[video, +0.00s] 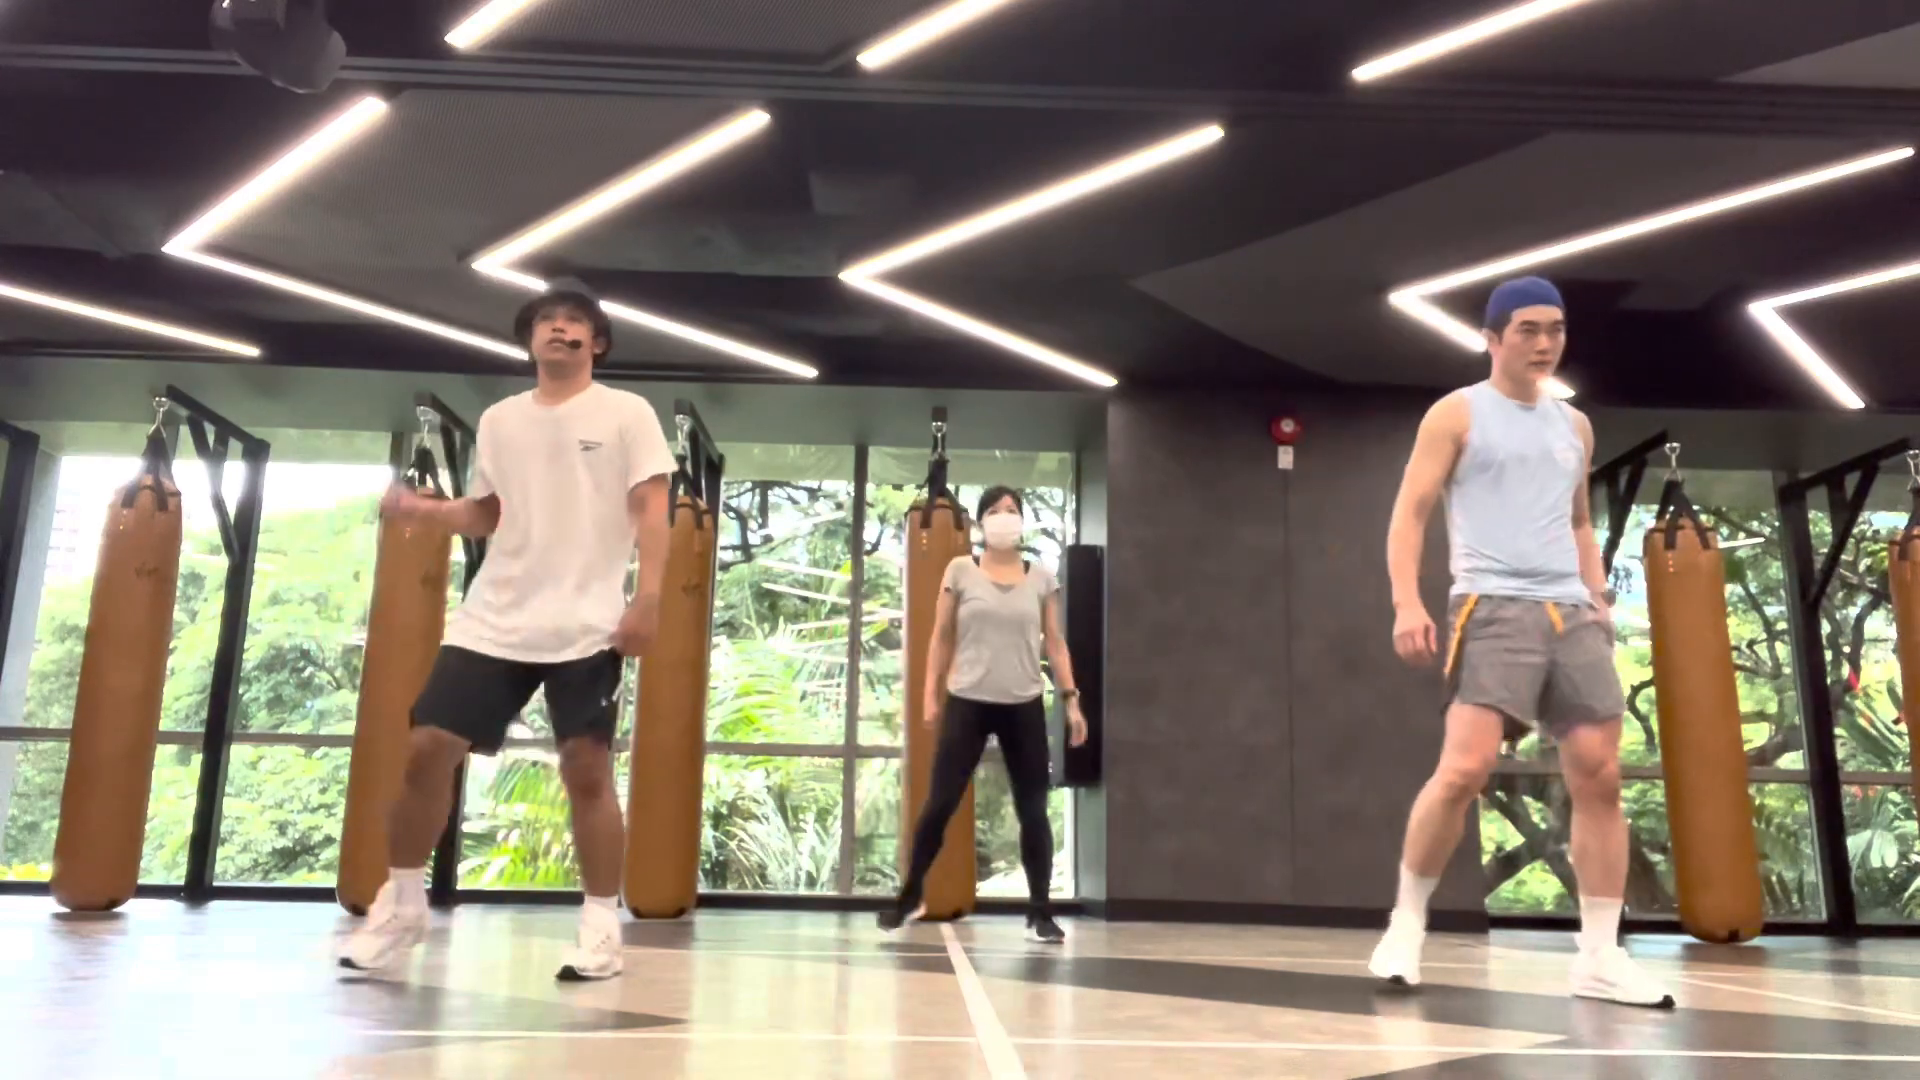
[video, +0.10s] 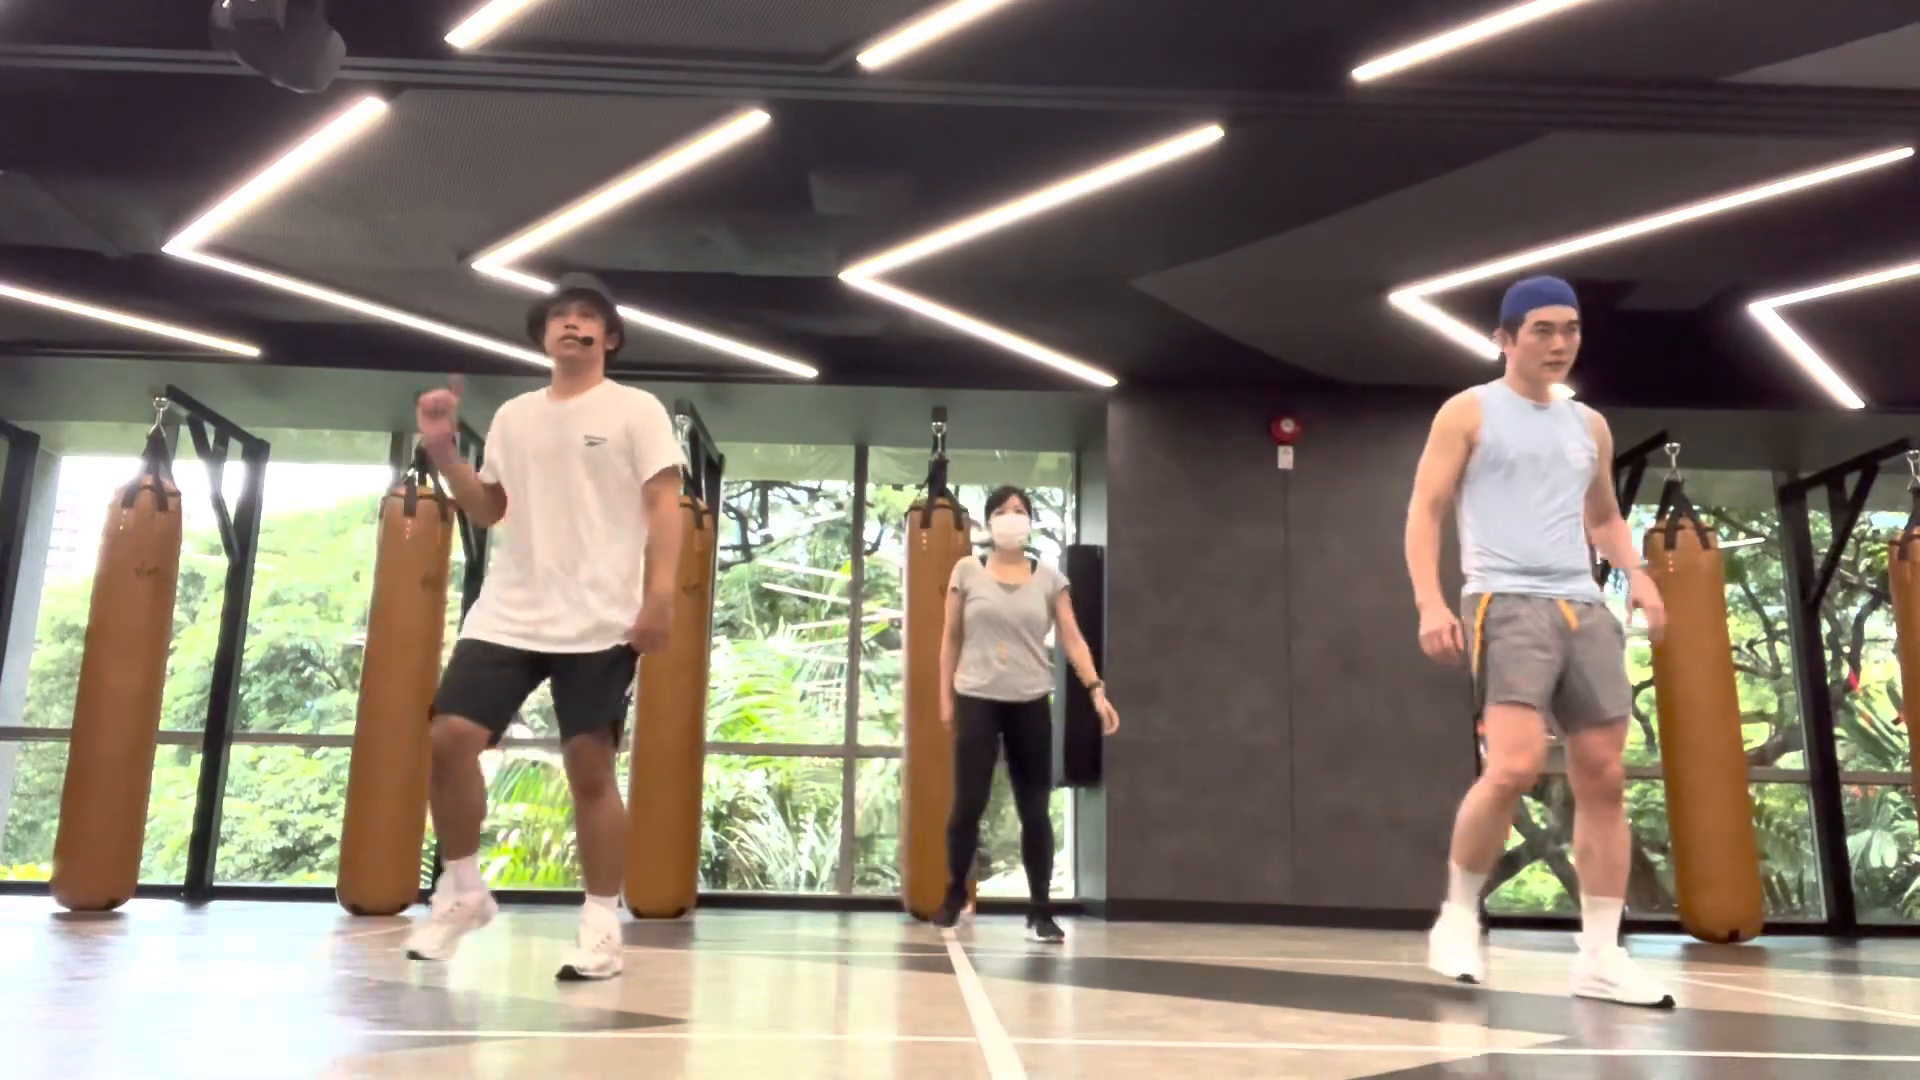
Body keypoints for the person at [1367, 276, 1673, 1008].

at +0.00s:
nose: (1545, 342)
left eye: (1554, 330)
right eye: (1529, 329)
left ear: (1564, 340)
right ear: (1495, 338)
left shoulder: (1574, 425)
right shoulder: (1456, 414)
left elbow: (1580, 522)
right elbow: (1411, 512)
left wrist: (1598, 600)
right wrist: (1406, 602)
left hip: (1575, 614)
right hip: (1494, 610)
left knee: (1600, 775)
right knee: (1465, 769)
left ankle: (1600, 958)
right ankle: (1407, 921)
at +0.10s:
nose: (1560, 342)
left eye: (1569, 330)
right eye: (1544, 330)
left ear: (1578, 338)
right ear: (1508, 338)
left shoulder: (1591, 427)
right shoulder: (1468, 412)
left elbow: (1605, 517)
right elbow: (1426, 511)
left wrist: (1640, 580)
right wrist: (1431, 602)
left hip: (1589, 611)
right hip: (1511, 605)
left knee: (1604, 776)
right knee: (1515, 767)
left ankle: (1600, 956)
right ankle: (1459, 918)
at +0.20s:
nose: (1566, 341)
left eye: (1576, 329)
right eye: (1550, 328)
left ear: (1586, 339)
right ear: (1514, 339)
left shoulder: (1601, 428)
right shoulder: (1471, 413)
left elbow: (1617, 521)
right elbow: (1437, 514)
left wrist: (1660, 552)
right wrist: (1446, 609)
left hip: (1593, 610)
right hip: (1513, 607)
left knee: (1606, 776)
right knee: (1550, 768)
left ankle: (1600, 955)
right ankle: (1531, 925)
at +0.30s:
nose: (1565, 336)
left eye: (1576, 324)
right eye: (1549, 324)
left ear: (1588, 338)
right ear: (1515, 338)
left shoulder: (1608, 429)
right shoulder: (1472, 413)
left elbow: (1619, 530)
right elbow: (1445, 517)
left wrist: (1669, 537)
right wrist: (1450, 615)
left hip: (1594, 612)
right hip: (1513, 611)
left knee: (1606, 776)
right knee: (1554, 767)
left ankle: (1602, 951)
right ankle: (1546, 935)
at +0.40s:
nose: (1557, 326)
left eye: (1567, 315)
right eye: (1541, 316)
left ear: (1582, 333)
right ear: (1509, 335)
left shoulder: (1611, 422)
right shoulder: (1471, 412)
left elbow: (1616, 523)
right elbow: (1444, 518)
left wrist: (1666, 521)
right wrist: (1440, 617)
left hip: (1588, 612)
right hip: (1503, 611)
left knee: (1602, 776)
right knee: (1523, 756)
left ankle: (1600, 957)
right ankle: (1514, 923)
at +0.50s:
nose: (1541, 318)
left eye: (1552, 308)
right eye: (1524, 309)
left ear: (1570, 330)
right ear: (1497, 333)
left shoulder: (1607, 413)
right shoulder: (1461, 414)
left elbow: (1619, 516)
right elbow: (1439, 519)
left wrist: (1637, 511)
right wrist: (1427, 615)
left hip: (1581, 617)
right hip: (1489, 613)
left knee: (1595, 781)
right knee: (1479, 758)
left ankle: (1601, 958)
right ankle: (1459, 924)